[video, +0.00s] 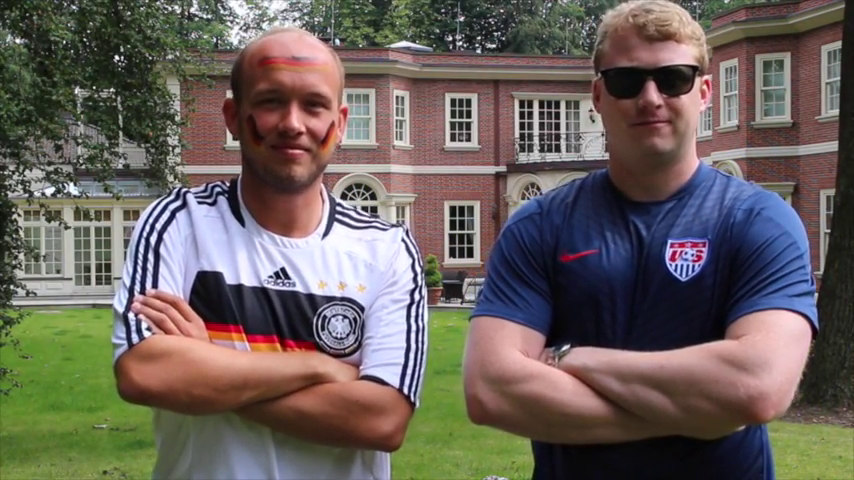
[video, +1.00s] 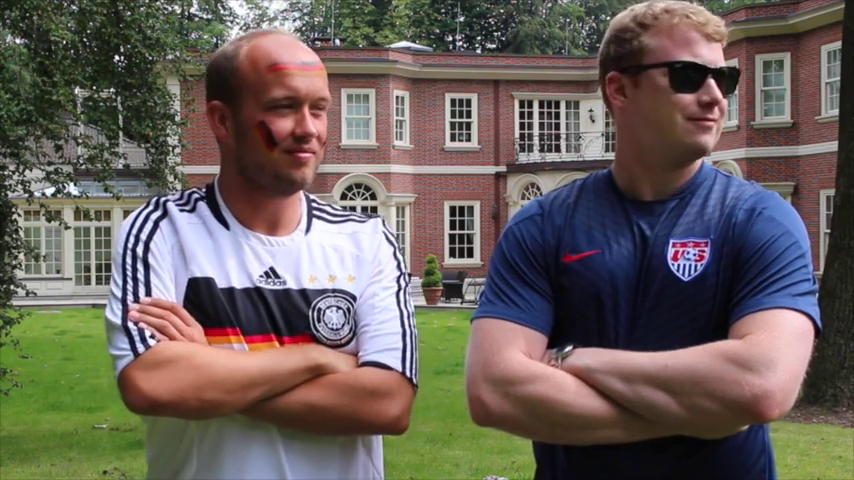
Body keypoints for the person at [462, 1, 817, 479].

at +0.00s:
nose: (650, 98)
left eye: (672, 79)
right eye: (626, 80)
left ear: (704, 92)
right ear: (597, 97)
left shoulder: (760, 221)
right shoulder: (538, 227)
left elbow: (758, 388)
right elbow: (490, 391)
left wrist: (568, 361)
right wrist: (684, 412)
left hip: (722, 473)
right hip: (573, 473)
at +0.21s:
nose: (652, 98)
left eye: (673, 80)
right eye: (628, 81)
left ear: (705, 93)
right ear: (599, 97)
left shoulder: (761, 221)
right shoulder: (539, 227)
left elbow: (761, 389)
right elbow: (492, 391)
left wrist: (568, 361)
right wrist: (686, 412)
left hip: (723, 473)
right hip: (573, 473)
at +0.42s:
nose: (653, 98)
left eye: (675, 80)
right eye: (630, 81)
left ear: (707, 93)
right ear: (600, 97)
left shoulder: (762, 221)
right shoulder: (540, 227)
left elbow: (762, 388)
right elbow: (493, 391)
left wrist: (569, 361)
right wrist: (686, 411)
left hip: (723, 473)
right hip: (575, 474)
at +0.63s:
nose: (655, 98)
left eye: (676, 80)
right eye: (631, 81)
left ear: (707, 94)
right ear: (601, 97)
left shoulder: (763, 221)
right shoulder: (540, 227)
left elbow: (762, 389)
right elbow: (493, 391)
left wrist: (570, 361)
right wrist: (686, 411)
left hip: (724, 473)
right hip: (575, 474)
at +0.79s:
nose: (683, 94)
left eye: (699, 77)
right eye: (656, 77)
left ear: (713, 91)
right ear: (604, 94)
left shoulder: (762, 220)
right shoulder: (539, 228)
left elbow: (762, 388)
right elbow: (493, 392)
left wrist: (571, 362)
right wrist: (686, 411)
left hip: (726, 473)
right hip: (576, 473)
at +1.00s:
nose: (714, 95)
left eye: (722, 79)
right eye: (687, 76)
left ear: (729, 90)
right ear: (618, 92)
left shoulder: (760, 220)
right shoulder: (539, 227)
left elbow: (762, 387)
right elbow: (492, 391)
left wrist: (569, 362)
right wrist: (685, 411)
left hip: (725, 473)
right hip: (575, 473)